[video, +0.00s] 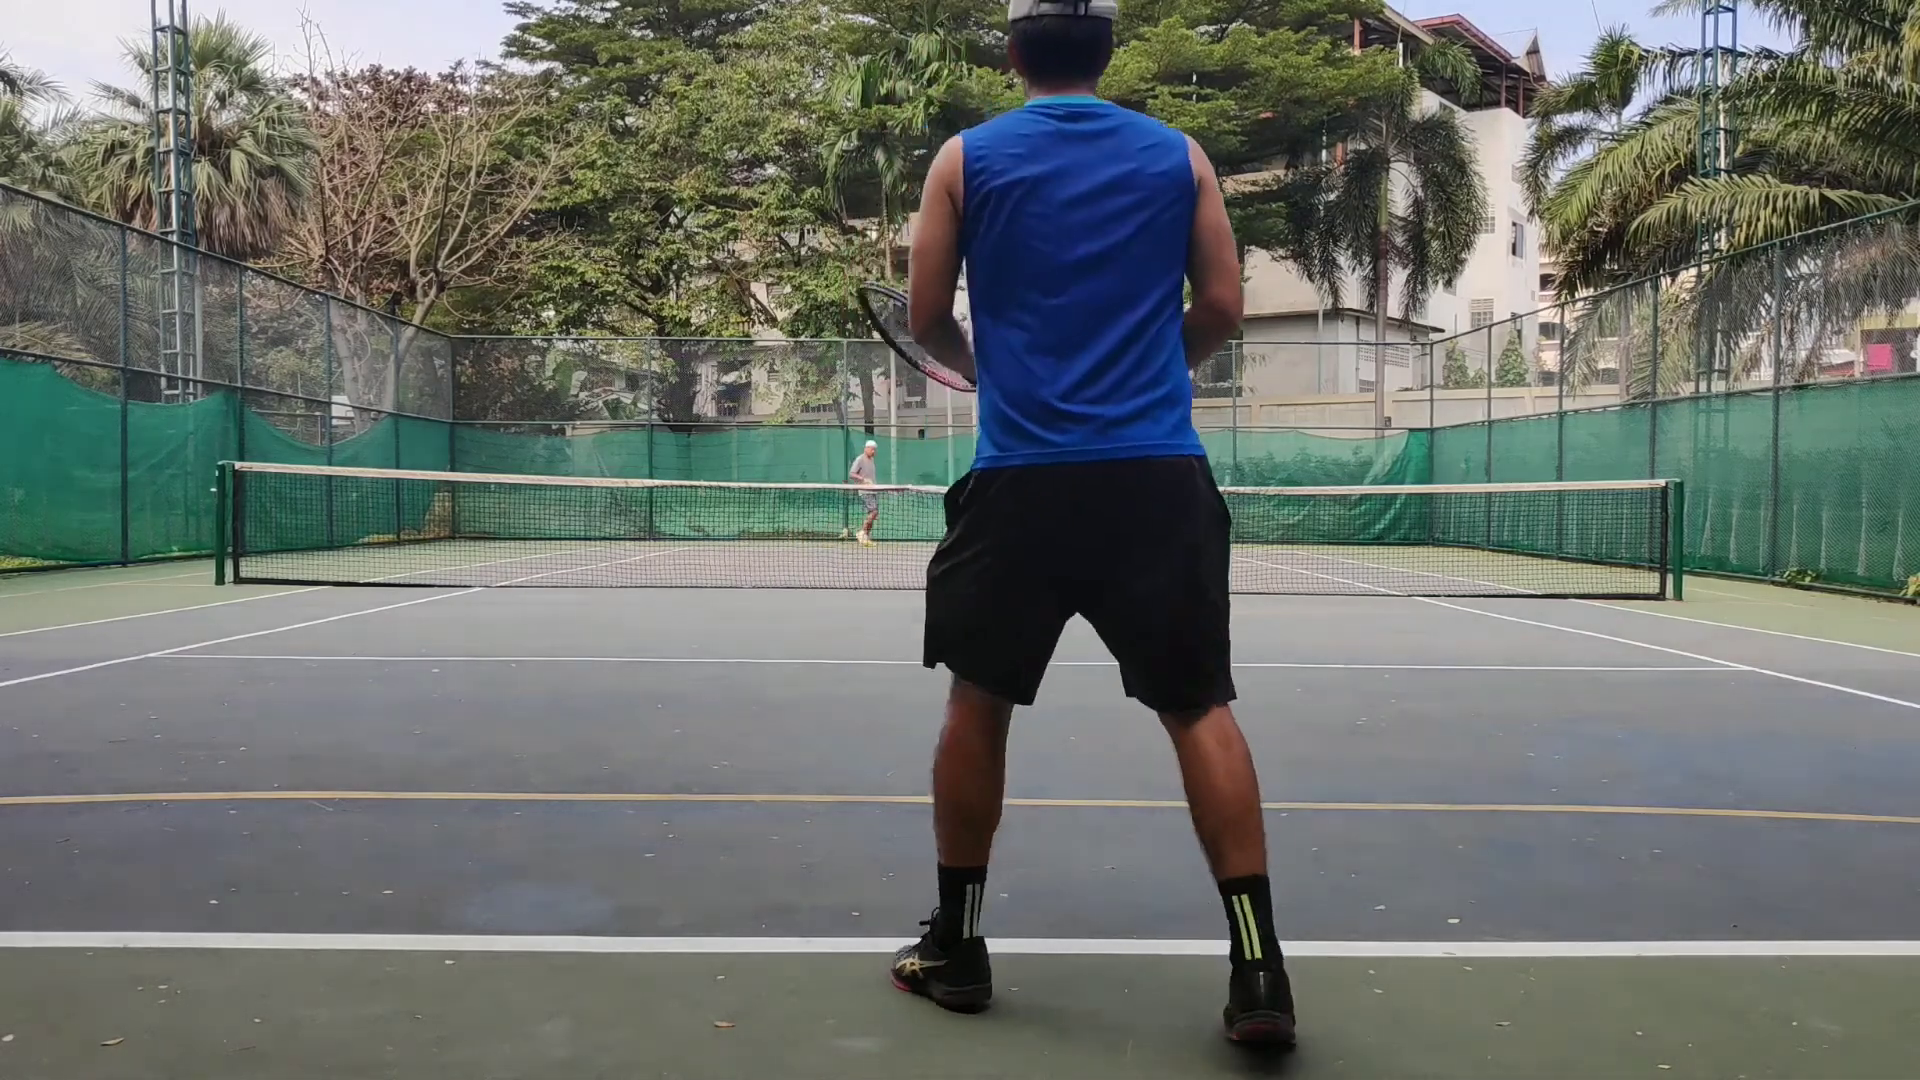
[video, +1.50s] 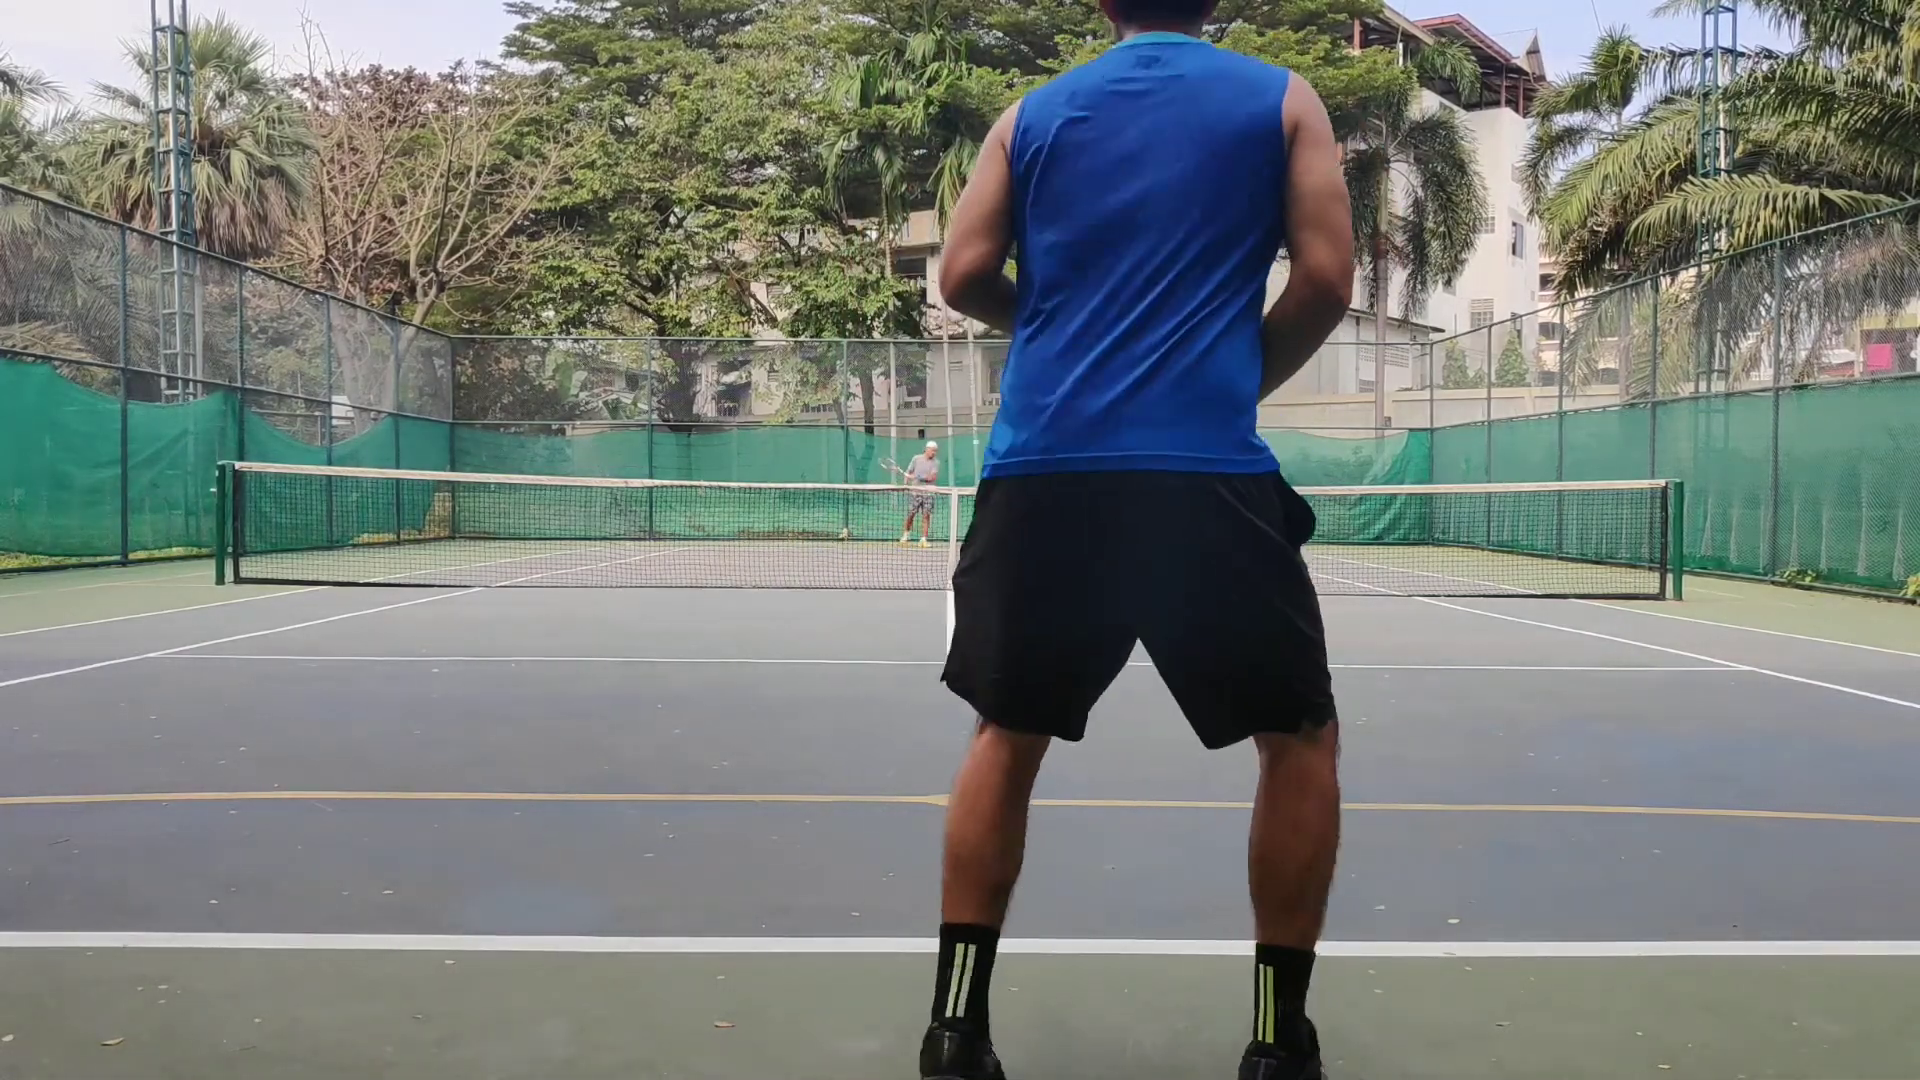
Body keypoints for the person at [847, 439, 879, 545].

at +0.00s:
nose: (873, 451)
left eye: (874, 449)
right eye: (871, 449)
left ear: (874, 450)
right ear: (866, 449)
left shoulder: (871, 460)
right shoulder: (860, 459)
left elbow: (870, 473)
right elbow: (852, 473)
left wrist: (874, 484)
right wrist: (863, 479)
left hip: (872, 488)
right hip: (864, 489)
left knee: (873, 513)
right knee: (874, 512)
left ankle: (866, 536)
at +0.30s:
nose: (892, 456)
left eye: (893, 453)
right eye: (891, 453)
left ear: (892, 453)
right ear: (885, 452)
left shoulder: (886, 462)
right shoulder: (880, 461)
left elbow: (885, 477)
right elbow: (875, 477)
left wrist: (896, 484)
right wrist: (889, 483)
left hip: (887, 491)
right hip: (883, 492)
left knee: (884, 516)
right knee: (893, 515)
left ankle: (868, 536)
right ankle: (898, 538)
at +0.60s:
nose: (910, 458)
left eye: (912, 455)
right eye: (910, 455)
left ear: (908, 454)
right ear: (904, 452)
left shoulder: (901, 462)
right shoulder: (897, 461)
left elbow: (901, 476)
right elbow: (898, 477)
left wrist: (907, 481)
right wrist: (908, 485)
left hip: (901, 491)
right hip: (896, 491)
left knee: (909, 514)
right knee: (902, 515)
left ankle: (898, 534)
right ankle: (899, 538)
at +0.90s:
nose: (924, 459)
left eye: (925, 457)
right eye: (923, 456)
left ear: (922, 455)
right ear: (917, 453)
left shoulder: (916, 463)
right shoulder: (908, 461)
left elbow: (915, 476)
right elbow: (904, 477)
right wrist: (911, 487)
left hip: (914, 493)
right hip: (907, 493)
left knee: (919, 517)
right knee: (909, 516)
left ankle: (922, 539)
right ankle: (900, 539)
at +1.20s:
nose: (932, 456)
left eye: (933, 454)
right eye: (931, 453)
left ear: (932, 454)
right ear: (926, 452)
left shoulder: (931, 465)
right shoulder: (914, 459)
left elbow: (932, 477)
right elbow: (902, 471)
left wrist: (937, 484)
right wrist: (899, 482)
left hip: (923, 490)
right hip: (913, 490)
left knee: (924, 515)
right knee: (912, 514)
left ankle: (923, 538)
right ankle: (903, 536)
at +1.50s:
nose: (933, 453)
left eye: (935, 451)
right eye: (931, 450)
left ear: (936, 452)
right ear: (926, 450)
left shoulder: (935, 462)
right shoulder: (916, 459)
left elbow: (933, 477)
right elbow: (909, 472)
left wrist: (919, 478)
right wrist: (907, 479)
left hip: (928, 490)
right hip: (916, 489)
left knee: (926, 514)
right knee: (912, 512)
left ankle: (924, 537)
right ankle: (906, 532)